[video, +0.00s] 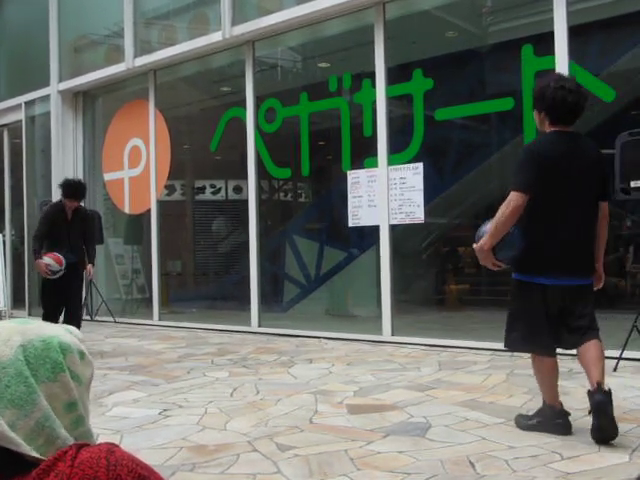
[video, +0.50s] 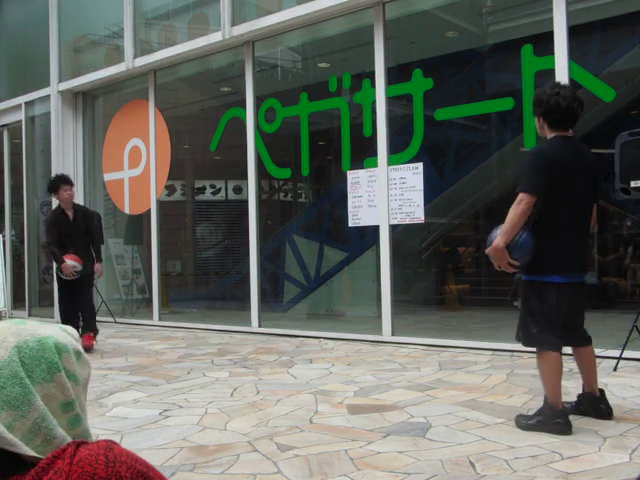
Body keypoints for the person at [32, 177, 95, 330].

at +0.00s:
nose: (72, 205)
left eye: (76, 202)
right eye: (69, 201)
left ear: (81, 200)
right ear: (63, 197)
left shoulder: (85, 215)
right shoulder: (51, 212)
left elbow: (89, 241)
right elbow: (38, 237)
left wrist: (90, 262)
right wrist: (37, 259)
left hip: (75, 268)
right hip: (52, 267)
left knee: (74, 314)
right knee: (51, 313)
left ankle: (69, 349)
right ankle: (47, 348)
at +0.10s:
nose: (73, 201)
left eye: (75, 197)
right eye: (70, 197)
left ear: (79, 197)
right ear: (62, 196)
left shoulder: (85, 215)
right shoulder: (50, 213)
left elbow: (90, 243)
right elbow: (43, 240)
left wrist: (91, 266)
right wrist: (48, 260)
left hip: (78, 269)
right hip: (55, 268)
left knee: (74, 312)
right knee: (57, 311)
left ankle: (72, 348)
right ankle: (59, 347)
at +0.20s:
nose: (73, 197)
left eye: (74, 194)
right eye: (68, 194)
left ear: (77, 194)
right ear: (59, 195)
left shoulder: (83, 216)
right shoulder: (50, 217)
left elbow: (89, 243)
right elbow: (48, 243)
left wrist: (90, 266)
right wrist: (57, 262)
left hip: (80, 272)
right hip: (58, 272)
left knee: (76, 317)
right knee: (63, 317)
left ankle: (74, 352)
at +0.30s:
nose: (70, 197)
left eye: (72, 193)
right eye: (66, 194)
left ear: (75, 193)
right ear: (57, 196)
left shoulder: (82, 215)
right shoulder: (51, 218)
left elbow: (89, 241)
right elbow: (51, 246)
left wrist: (92, 264)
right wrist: (64, 264)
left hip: (83, 267)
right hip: (63, 267)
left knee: (81, 306)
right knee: (67, 307)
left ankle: (79, 340)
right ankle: (67, 341)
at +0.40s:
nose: (69, 196)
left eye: (71, 192)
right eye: (65, 193)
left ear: (73, 193)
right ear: (56, 196)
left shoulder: (84, 215)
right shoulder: (52, 219)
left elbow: (91, 241)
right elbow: (53, 245)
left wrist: (95, 263)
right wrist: (64, 263)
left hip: (85, 264)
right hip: (64, 266)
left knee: (84, 302)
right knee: (67, 303)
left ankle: (85, 336)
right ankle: (68, 337)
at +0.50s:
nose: (69, 194)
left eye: (70, 190)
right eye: (64, 191)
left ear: (74, 191)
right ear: (56, 195)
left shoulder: (86, 214)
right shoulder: (52, 218)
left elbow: (95, 240)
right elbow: (51, 244)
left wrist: (98, 261)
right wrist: (61, 263)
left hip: (86, 264)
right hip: (64, 266)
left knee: (86, 301)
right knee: (67, 304)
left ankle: (89, 333)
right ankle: (69, 336)